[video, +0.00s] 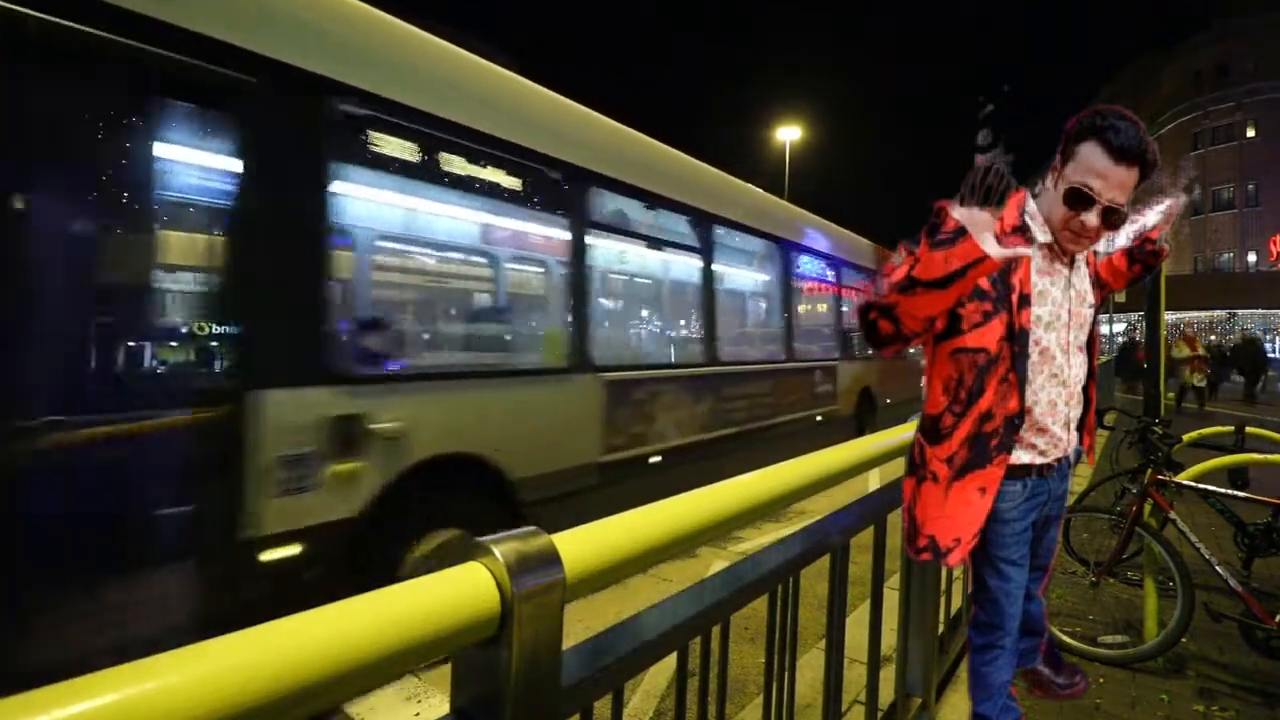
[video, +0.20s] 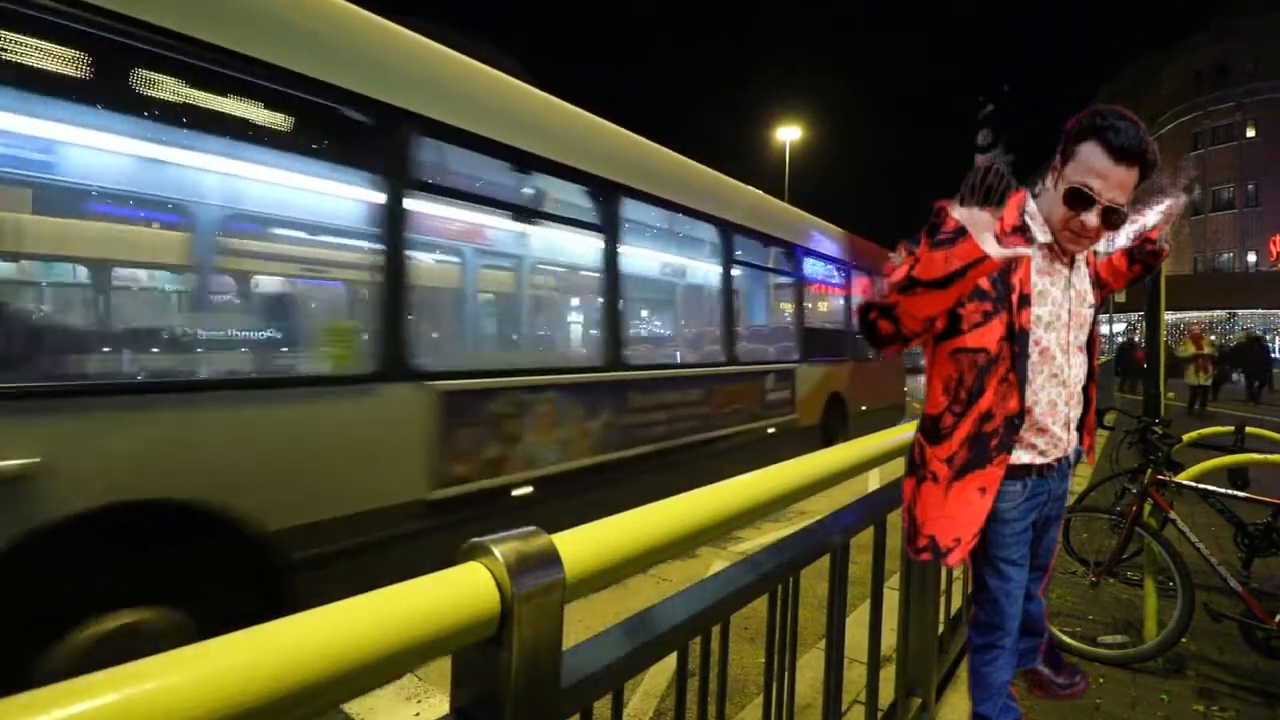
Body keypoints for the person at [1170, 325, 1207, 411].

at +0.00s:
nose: (1190, 334)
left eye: (1191, 331)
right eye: (1187, 331)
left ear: (1193, 332)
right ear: (1183, 332)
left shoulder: (1197, 343)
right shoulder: (1179, 343)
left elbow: (1204, 353)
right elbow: (1174, 355)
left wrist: (1199, 355)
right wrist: (1190, 355)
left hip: (1198, 369)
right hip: (1185, 369)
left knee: (1200, 388)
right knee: (1183, 387)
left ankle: (1201, 406)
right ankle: (1178, 406)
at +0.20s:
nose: (1196, 332)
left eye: (1197, 330)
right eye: (1193, 330)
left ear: (1200, 331)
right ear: (1190, 332)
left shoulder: (1205, 341)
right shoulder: (1187, 342)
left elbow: (1214, 351)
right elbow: (1179, 353)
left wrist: (1204, 352)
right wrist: (1193, 353)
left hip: (1206, 373)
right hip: (1192, 373)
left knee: (1205, 394)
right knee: (1193, 393)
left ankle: (1202, 410)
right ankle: (1190, 410)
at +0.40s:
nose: (1203, 334)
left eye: (1204, 331)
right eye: (1200, 331)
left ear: (1207, 333)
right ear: (1195, 334)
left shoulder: (1211, 344)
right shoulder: (1193, 345)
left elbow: (1221, 354)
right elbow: (1184, 356)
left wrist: (1210, 354)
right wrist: (1199, 355)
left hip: (1210, 371)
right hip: (1198, 372)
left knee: (1207, 392)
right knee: (1202, 392)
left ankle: (1205, 411)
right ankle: (1202, 412)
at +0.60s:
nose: (1206, 332)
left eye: (1208, 329)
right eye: (1204, 330)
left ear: (1211, 331)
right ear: (1200, 332)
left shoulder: (1217, 342)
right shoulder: (1197, 344)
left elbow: (1226, 352)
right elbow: (1192, 357)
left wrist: (1219, 352)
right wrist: (1207, 354)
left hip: (1217, 371)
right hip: (1204, 372)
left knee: (1216, 393)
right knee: (1208, 393)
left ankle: (1210, 408)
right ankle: (1207, 411)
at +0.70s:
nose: (1211, 330)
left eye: (1213, 328)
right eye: (1208, 329)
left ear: (1215, 328)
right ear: (1203, 330)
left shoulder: (1221, 341)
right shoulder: (1200, 343)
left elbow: (1231, 352)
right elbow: (1195, 355)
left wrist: (1224, 350)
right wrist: (1212, 351)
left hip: (1222, 375)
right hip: (1208, 376)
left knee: (1221, 396)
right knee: (1209, 397)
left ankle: (1220, 413)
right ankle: (1208, 414)